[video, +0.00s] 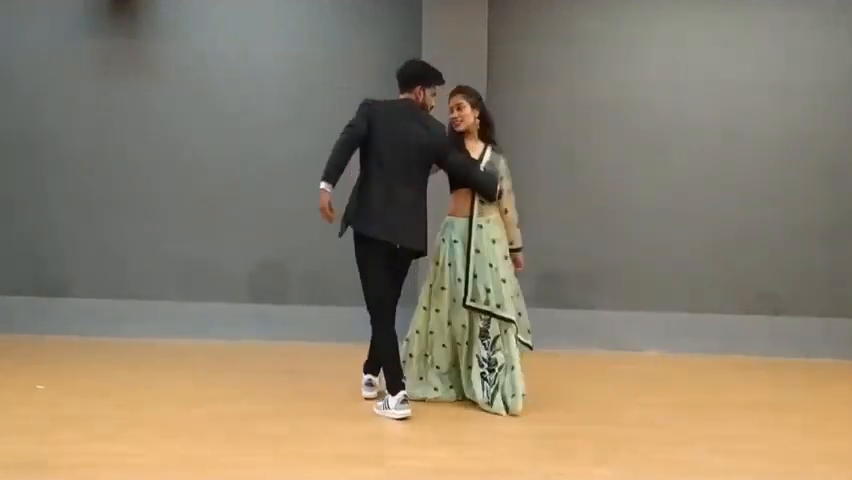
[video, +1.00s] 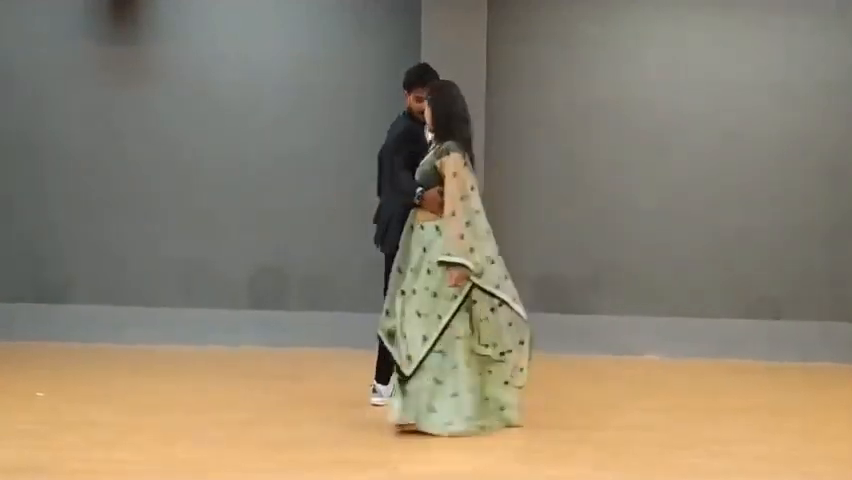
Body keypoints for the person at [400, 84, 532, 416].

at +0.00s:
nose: (455, 115)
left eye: (461, 108)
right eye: (452, 110)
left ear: (477, 112)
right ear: (450, 117)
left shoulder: (496, 159)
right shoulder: (448, 152)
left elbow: (507, 205)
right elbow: (420, 160)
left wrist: (515, 246)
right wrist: (418, 115)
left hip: (488, 234)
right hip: (455, 232)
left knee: (488, 309)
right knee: (452, 307)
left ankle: (487, 382)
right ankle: (450, 381)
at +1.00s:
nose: (423, 112)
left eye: (428, 105)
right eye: (423, 105)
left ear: (440, 110)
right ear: (448, 109)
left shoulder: (451, 156)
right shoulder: (436, 152)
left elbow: (460, 211)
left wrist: (459, 259)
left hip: (442, 253)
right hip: (426, 251)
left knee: (438, 330)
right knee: (424, 329)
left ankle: (441, 409)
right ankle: (423, 407)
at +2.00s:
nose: (382, 126)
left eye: (381, 119)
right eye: (381, 120)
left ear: (347, 120)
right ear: (372, 123)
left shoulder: (329, 163)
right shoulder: (380, 163)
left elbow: (307, 213)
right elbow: (415, 201)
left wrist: (285, 252)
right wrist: (457, 203)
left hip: (336, 245)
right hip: (370, 245)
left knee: (333, 328)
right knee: (367, 331)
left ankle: (326, 413)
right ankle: (360, 415)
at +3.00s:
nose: (296, 143)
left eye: (303, 136)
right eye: (292, 138)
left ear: (319, 142)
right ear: (288, 145)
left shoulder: (330, 185)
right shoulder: (278, 183)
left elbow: (344, 222)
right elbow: (267, 231)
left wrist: (362, 212)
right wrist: (253, 274)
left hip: (310, 263)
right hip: (278, 261)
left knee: (311, 331)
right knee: (257, 327)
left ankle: (310, 399)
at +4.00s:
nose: (265, 136)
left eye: (270, 130)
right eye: (258, 130)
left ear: (277, 134)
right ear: (244, 136)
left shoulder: (290, 169)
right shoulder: (242, 176)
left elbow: (309, 197)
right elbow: (237, 217)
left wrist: (335, 188)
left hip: (298, 251)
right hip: (267, 254)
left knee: (292, 323)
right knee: (252, 322)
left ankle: (276, 398)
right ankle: (218, 394)